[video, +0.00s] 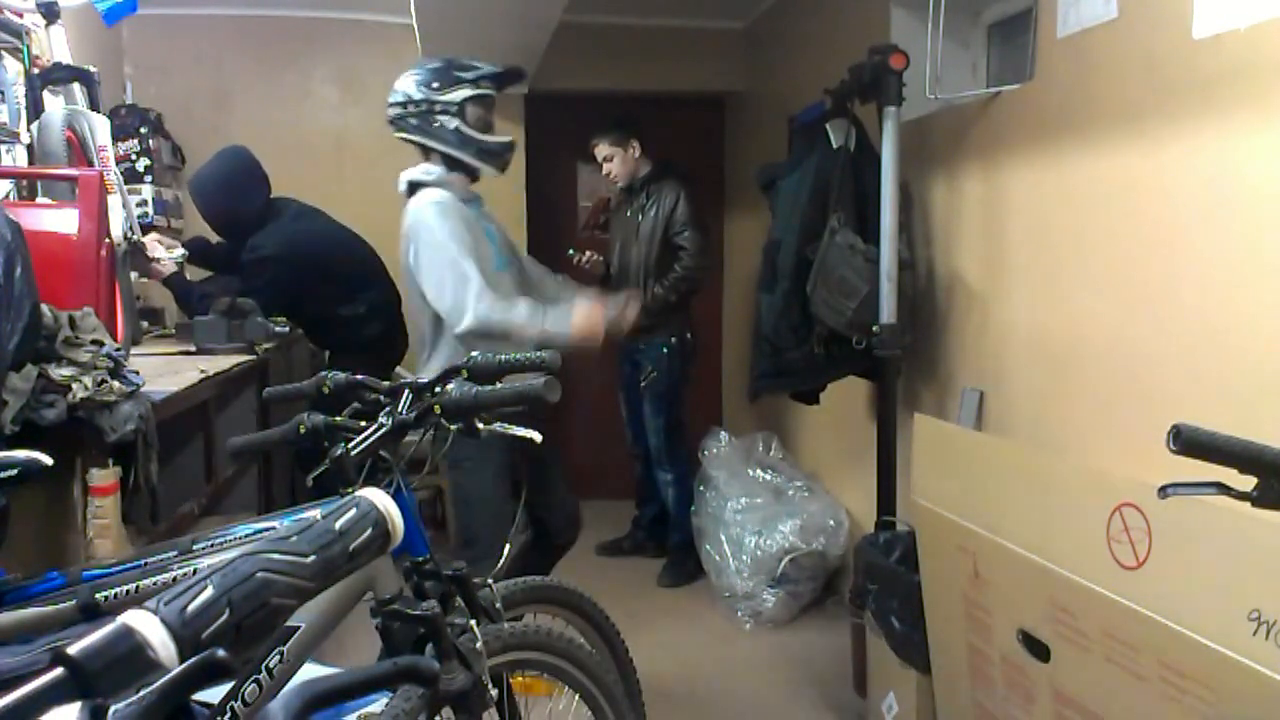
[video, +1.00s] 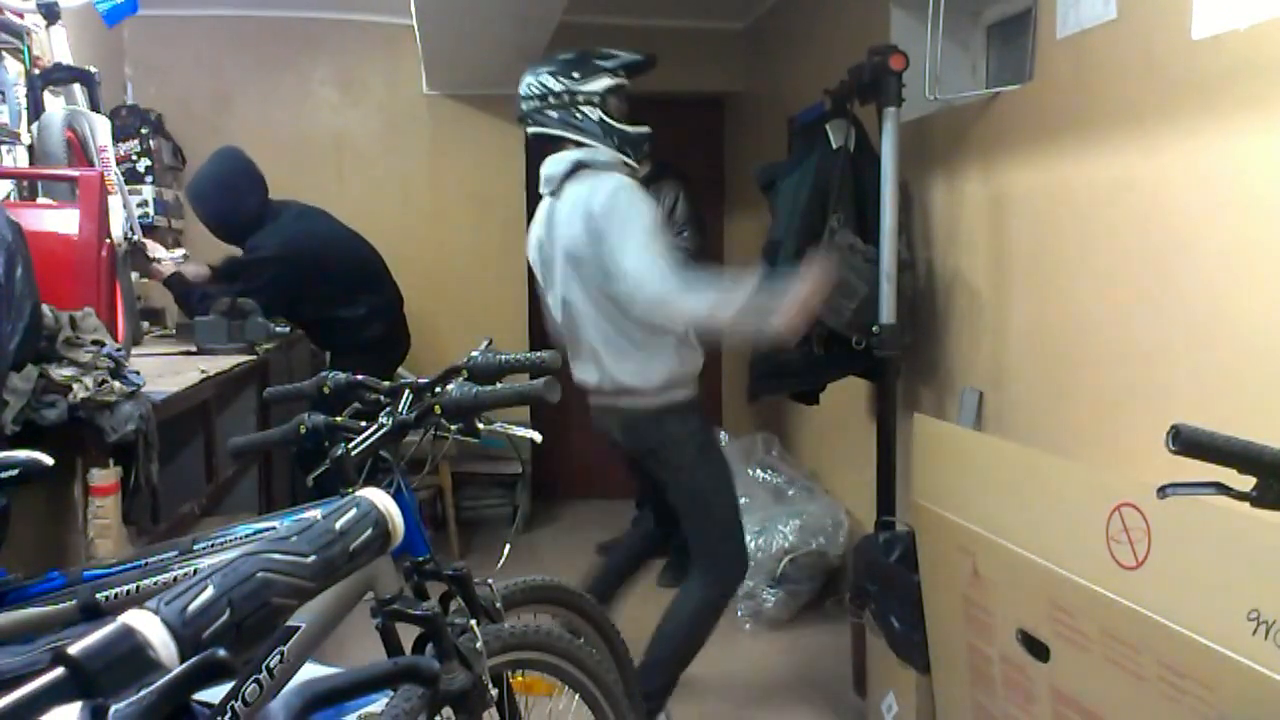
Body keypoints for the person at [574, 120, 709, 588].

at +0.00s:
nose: (605, 170)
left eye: (609, 159)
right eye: (600, 163)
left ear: (636, 150)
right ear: (610, 164)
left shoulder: (671, 194)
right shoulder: (623, 206)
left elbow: (693, 263)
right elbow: (620, 269)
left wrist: (644, 306)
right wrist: (600, 275)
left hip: (664, 338)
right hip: (631, 338)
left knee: (663, 443)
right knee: (640, 442)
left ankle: (684, 546)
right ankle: (650, 530)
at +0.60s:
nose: (605, 171)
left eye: (609, 160)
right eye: (600, 164)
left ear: (633, 151)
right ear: (605, 164)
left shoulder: (670, 194)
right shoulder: (619, 204)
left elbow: (692, 258)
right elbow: (616, 265)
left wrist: (653, 306)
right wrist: (608, 305)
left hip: (663, 330)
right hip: (624, 329)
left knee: (663, 428)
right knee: (630, 429)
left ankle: (684, 540)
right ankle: (644, 525)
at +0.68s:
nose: (592, 152)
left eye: (594, 140)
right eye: (580, 138)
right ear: (550, 140)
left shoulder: (527, 215)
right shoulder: (565, 211)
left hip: (559, 423)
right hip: (593, 426)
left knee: (592, 539)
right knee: (696, 545)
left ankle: (512, 617)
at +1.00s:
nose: (626, 106)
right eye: (616, 99)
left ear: (558, 119)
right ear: (587, 108)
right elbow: (659, 293)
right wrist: (772, 304)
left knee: (659, 521)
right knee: (722, 558)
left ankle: (577, 624)